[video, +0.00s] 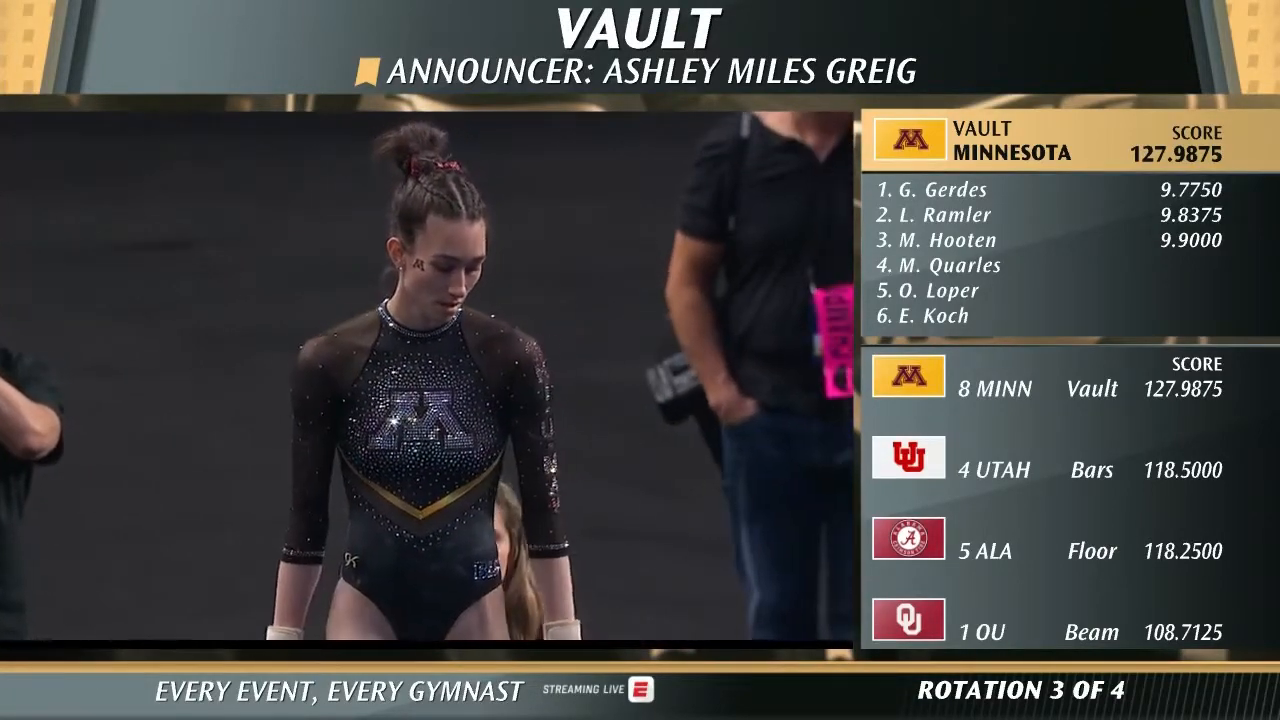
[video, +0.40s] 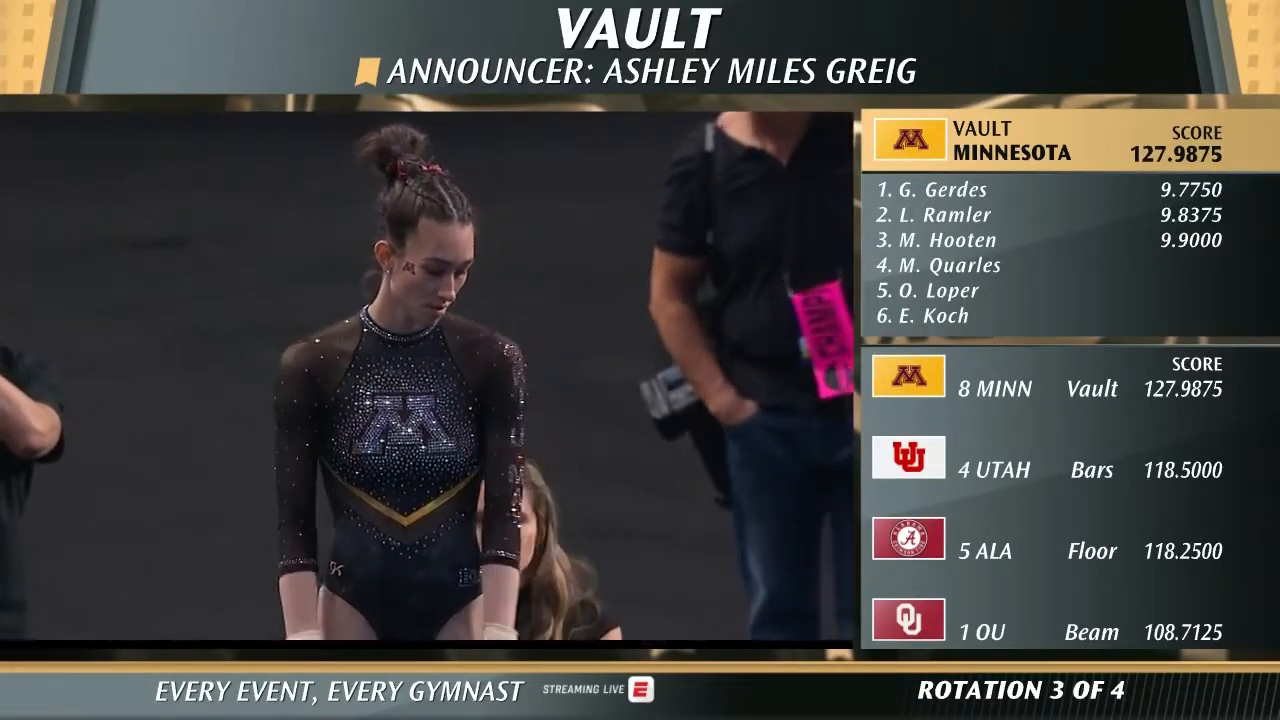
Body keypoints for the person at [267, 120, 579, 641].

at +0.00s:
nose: (459, 286)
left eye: (472, 266)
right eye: (443, 266)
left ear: (485, 257)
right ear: (398, 254)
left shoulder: (510, 357)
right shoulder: (329, 361)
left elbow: (542, 516)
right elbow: (307, 522)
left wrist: (564, 633)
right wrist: (282, 638)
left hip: (476, 595)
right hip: (366, 593)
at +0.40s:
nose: (450, 289)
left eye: (462, 270)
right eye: (434, 269)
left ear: (473, 262)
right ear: (387, 258)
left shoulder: (491, 361)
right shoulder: (311, 365)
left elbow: (502, 510)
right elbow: (295, 520)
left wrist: (499, 632)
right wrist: (303, 638)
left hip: (462, 598)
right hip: (351, 598)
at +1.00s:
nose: (465, 292)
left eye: (477, 273)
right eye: (451, 271)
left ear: (488, 265)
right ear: (403, 257)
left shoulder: (499, 369)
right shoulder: (316, 366)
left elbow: (533, 524)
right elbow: (286, 536)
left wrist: (551, 649)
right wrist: (265, 649)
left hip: (461, 606)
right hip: (350, 606)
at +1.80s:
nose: (500, 255)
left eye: (509, 238)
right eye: (487, 235)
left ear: (516, 227)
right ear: (435, 219)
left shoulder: (522, 323)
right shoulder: (338, 313)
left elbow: (552, 472)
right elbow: (294, 462)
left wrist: (543, 599)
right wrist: (285, 598)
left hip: (471, 576)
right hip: (359, 571)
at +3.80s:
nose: (463, 247)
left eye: (470, 229)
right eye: (448, 229)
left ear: (476, 217)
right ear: (395, 214)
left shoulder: (484, 319)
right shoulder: (307, 320)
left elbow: (499, 470)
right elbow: (283, 473)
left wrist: (489, 616)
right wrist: (306, 612)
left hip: (455, 564)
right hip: (348, 561)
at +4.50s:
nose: (467, 249)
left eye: (475, 231)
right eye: (452, 231)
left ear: (482, 220)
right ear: (400, 216)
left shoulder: (493, 320)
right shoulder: (314, 321)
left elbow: (530, 472)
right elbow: (280, 478)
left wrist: (560, 612)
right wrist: (245, 619)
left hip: (458, 568)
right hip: (350, 566)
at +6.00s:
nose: (458, 255)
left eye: (466, 237)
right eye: (443, 238)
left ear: (472, 223)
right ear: (390, 226)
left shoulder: (484, 326)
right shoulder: (305, 330)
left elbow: (508, 472)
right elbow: (281, 479)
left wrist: (518, 610)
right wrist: (273, 614)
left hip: (457, 574)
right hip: (348, 572)